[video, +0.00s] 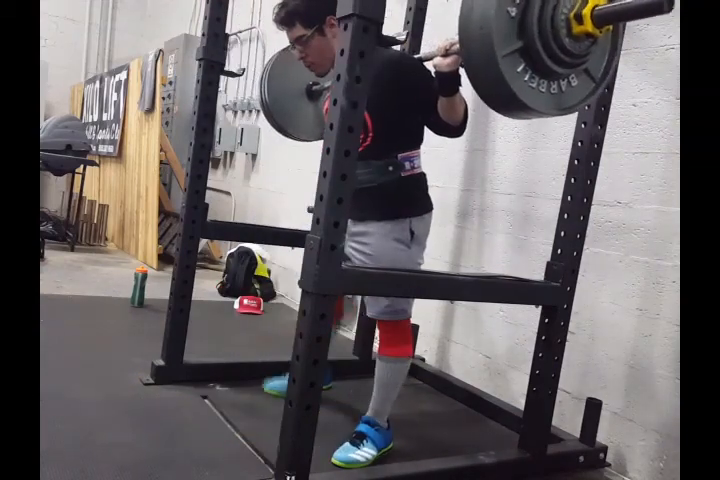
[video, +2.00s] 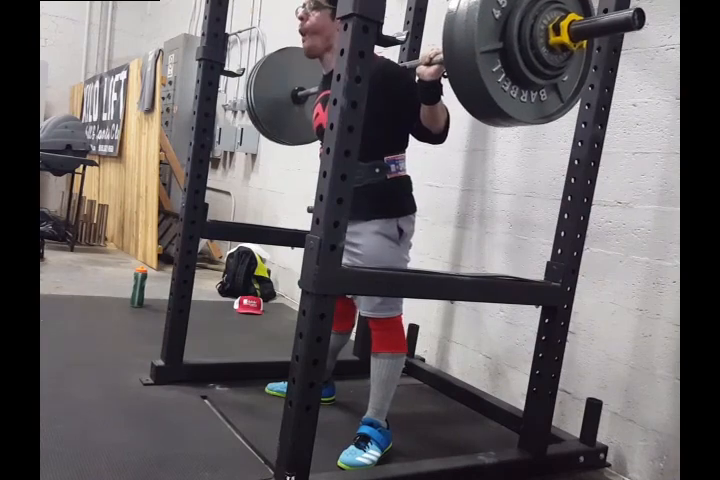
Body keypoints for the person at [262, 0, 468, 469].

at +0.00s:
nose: (299, 55)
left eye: (302, 43)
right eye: (293, 46)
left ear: (334, 28)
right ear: (327, 31)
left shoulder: (393, 66)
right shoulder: (336, 77)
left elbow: (453, 125)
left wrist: (447, 76)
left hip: (394, 216)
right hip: (343, 212)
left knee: (391, 318)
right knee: (322, 299)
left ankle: (376, 425)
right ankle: (312, 371)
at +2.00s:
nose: (300, 22)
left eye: (309, 13)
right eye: (300, 14)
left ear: (339, 20)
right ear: (322, 24)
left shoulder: (387, 74)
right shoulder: (327, 82)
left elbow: (436, 132)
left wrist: (429, 85)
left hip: (381, 212)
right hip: (334, 211)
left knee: (382, 311)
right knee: (330, 300)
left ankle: (375, 423)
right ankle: (318, 379)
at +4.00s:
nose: (310, 33)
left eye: (316, 22)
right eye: (308, 24)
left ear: (348, 20)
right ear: (330, 26)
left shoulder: (391, 78)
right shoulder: (333, 79)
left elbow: (437, 136)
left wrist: (434, 88)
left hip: (383, 218)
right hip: (335, 214)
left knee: (382, 313)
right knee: (331, 302)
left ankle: (376, 424)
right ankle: (318, 380)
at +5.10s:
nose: (300, 80)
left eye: (310, 72)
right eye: (301, 71)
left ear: (339, 79)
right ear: (315, 80)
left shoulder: (376, 134)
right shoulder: (321, 136)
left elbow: (430, 185)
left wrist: (423, 147)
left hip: (404, 243)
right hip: (353, 242)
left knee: (364, 325)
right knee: (302, 298)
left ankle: (374, 429)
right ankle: (315, 381)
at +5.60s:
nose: (281, 149)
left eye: (291, 141)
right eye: (281, 140)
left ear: (322, 150)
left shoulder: (360, 198)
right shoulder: (305, 194)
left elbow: (415, 238)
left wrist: (406, 211)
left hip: (401, 280)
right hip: (350, 277)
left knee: (352, 329)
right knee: (287, 302)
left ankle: (372, 430)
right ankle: (316, 382)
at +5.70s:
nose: (278, 159)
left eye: (287, 150)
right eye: (278, 149)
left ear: (318, 158)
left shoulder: (359, 208)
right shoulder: (304, 205)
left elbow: (416, 248)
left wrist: (404, 218)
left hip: (399, 284)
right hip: (350, 281)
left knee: (352, 330)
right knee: (285, 301)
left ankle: (372, 430)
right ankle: (316, 382)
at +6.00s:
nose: (273, 180)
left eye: (282, 172)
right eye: (273, 171)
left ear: (313, 177)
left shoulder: (354, 225)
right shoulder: (302, 225)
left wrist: (402, 229)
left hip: (402, 295)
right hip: (352, 292)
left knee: (353, 333)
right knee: (284, 302)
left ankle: (372, 428)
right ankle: (315, 383)